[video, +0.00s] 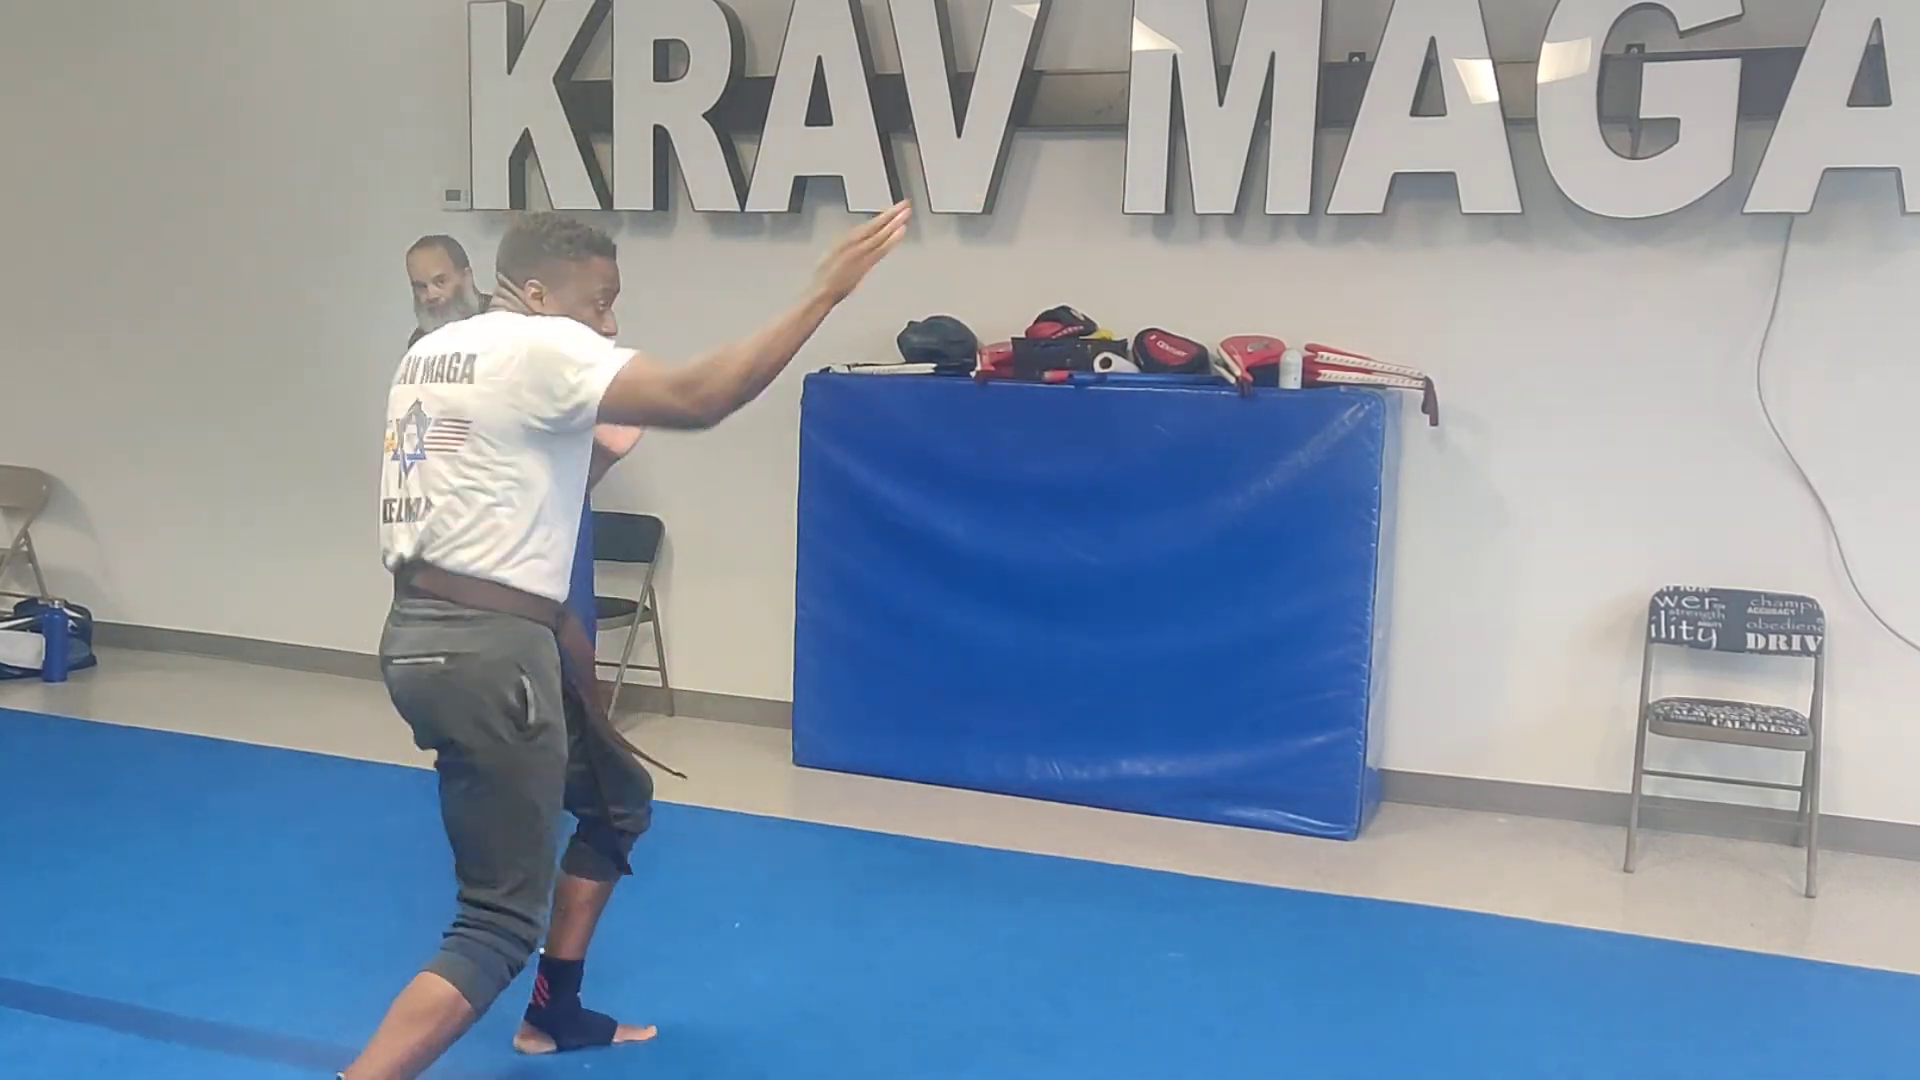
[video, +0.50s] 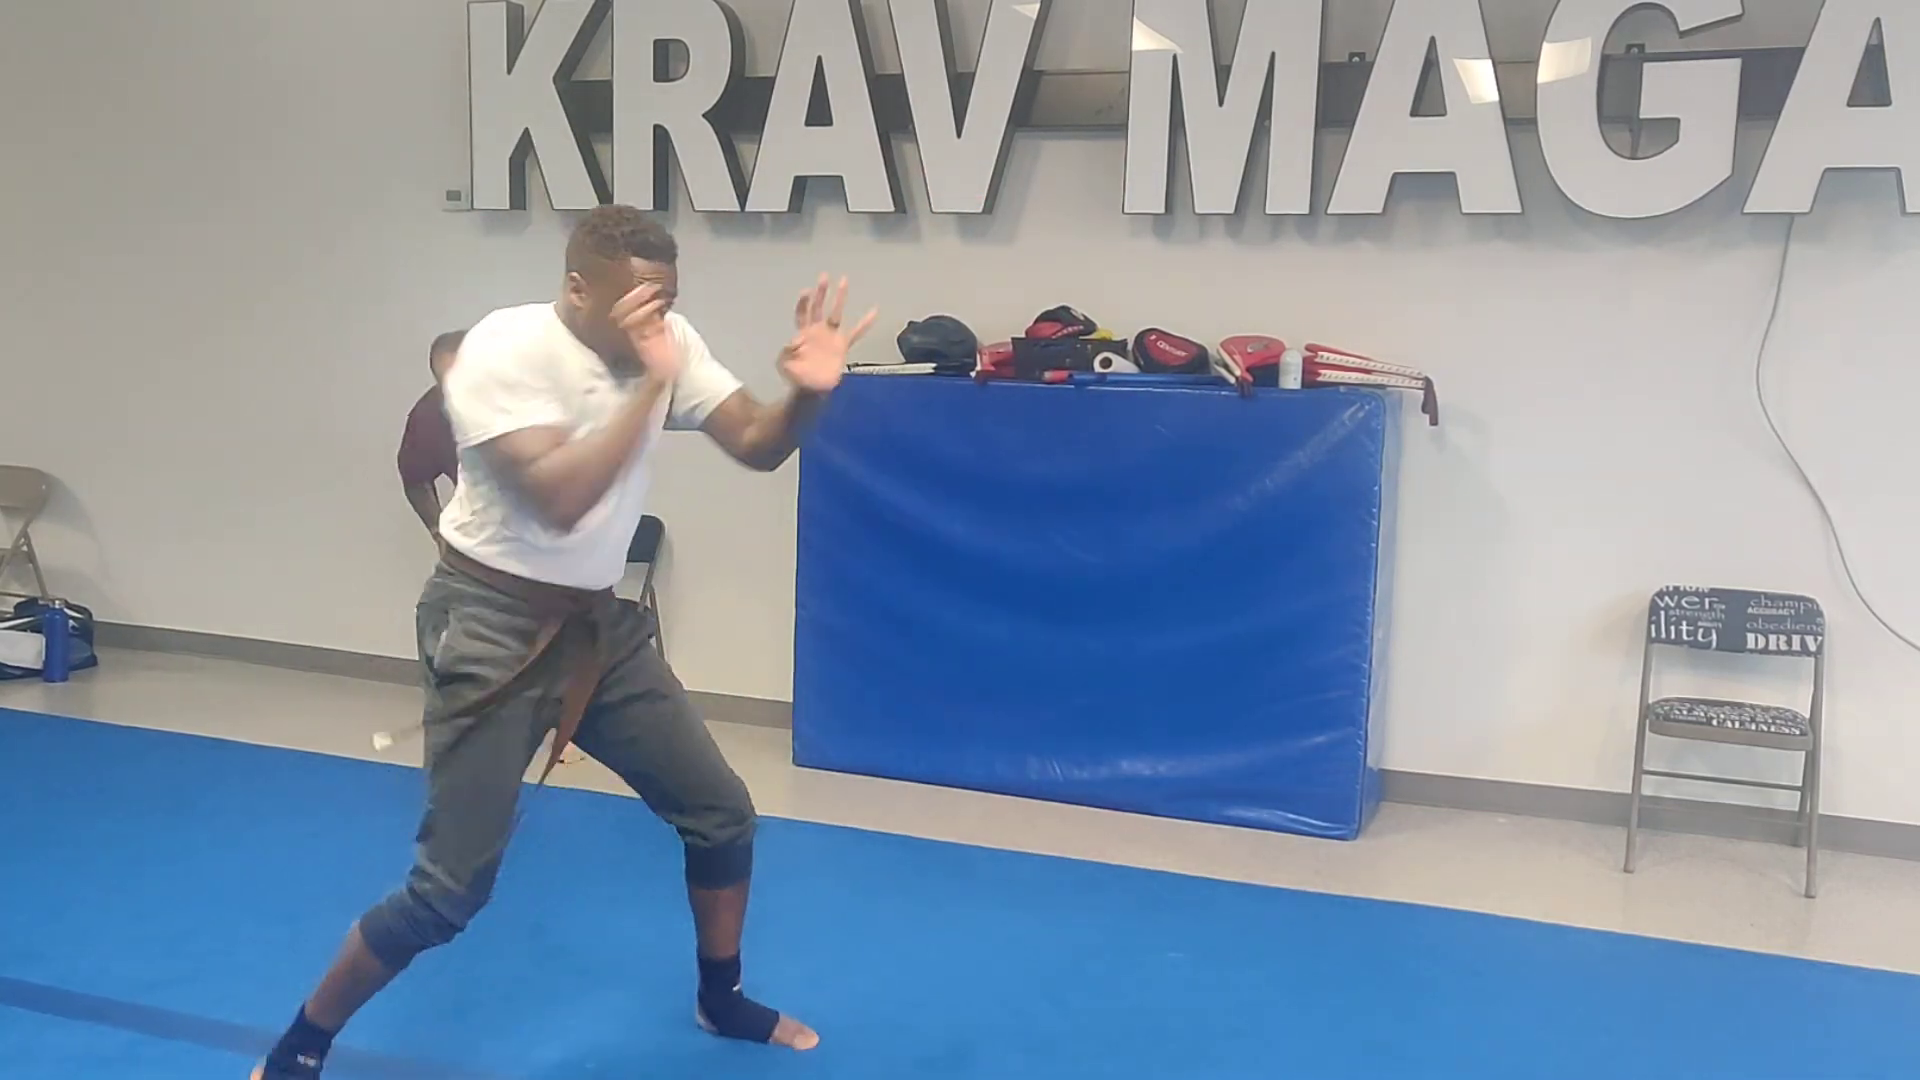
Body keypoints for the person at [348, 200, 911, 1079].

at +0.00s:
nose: (610, 324)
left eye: (611, 305)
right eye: (597, 303)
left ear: (519, 297)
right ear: (529, 293)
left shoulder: (427, 355)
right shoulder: (540, 353)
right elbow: (700, 394)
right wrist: (824, 294)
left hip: (418, 636)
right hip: (497, 645)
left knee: (616, 796)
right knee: (500, 920)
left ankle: (556, 1006)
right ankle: (364, 1074)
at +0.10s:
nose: (625, 302)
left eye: (629, 284)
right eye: (610, 282)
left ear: (553, 281)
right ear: (539, 275)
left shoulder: (550, 354)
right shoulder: (485, 339)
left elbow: (586, 484)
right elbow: (587, 479)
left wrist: (638, 417)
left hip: (518, 629)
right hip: (446, 626)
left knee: (622, 812)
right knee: (486, 892)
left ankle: (556, 1012)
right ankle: (340, 1072)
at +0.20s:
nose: (604, 307)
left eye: (613, 285)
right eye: (589, 282)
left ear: (615, 280)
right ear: (521, 268)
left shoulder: (589, 359)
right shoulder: (431, 344)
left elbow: (631, 500)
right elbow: (479, 510)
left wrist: (668, 419)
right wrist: (621, 420)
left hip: (549, 618)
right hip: (437, 620)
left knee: (665, 818)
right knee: (442, 892)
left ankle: (579, 968)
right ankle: (311, 1063)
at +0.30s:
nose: (574, 330)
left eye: (588, 311)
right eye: (556, 307)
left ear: (602, 304)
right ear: (501, 286)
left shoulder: (618, 360)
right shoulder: (407, 364)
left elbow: (735, 469)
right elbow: (410, 529)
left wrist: (740, 379)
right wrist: (541, 459)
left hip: (559, 641)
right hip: (428, 639)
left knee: (698, 834)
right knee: (417, 901)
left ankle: (704, 988)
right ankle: (301, 1069)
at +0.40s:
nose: (604, 336)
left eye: (615, 316)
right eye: (584, 317)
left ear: (627, 305)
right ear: (526, 299)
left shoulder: (649, 350)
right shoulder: (443, 377)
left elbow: (785, 390)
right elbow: (406, 534)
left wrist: (866, 357)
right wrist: (519, 471)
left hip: (578, 643)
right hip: (458, 635)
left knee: (716, 834)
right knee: (425, 899)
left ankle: (723, 999)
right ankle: (304, 1069)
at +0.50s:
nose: (657, 313)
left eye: (665, 297)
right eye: (640, 297)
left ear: (667, 289)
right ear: (577, 289)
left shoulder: (665, 341)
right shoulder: (496, 354)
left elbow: (757, 444)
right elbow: (560, 494)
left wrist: (802, 396)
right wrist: (649, 387)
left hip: (597, 617)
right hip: (490, 618)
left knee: (721, 813)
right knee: (449, 892)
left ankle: (722, 997)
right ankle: (299, 1049)